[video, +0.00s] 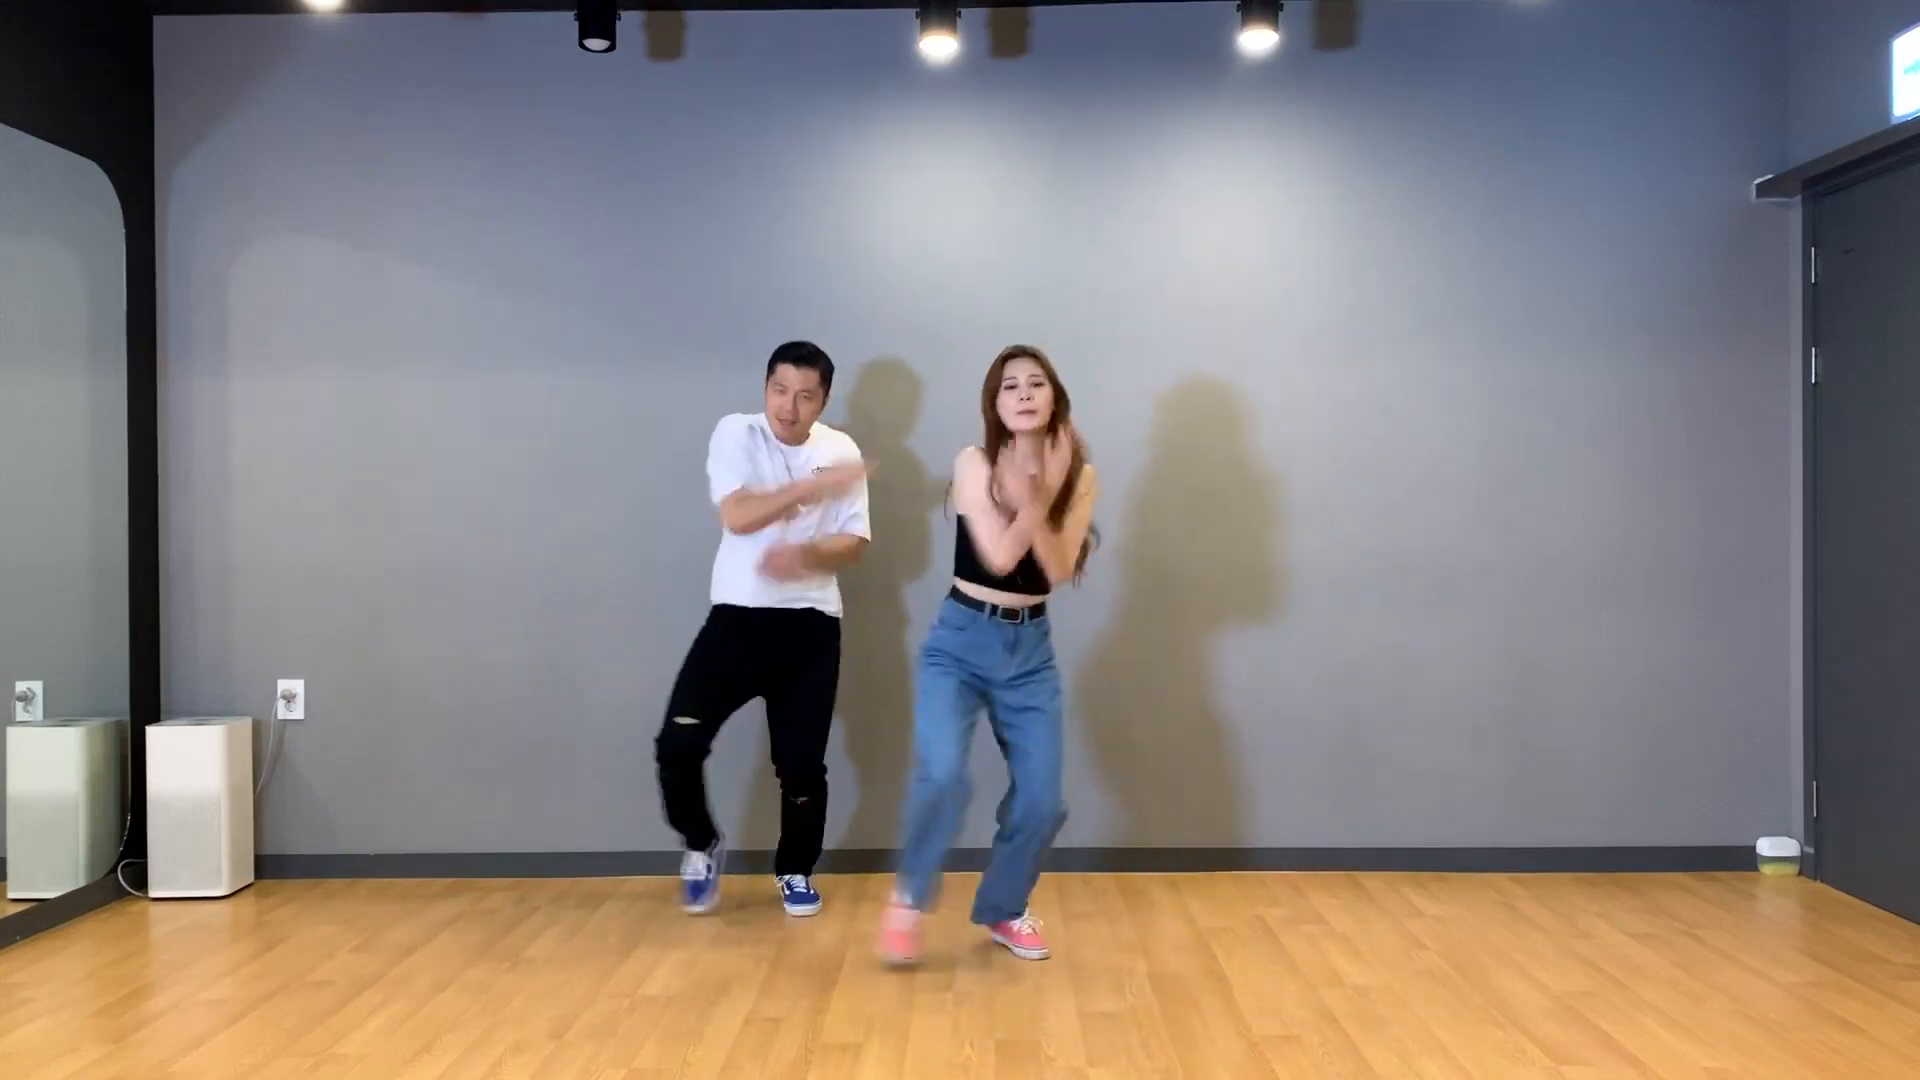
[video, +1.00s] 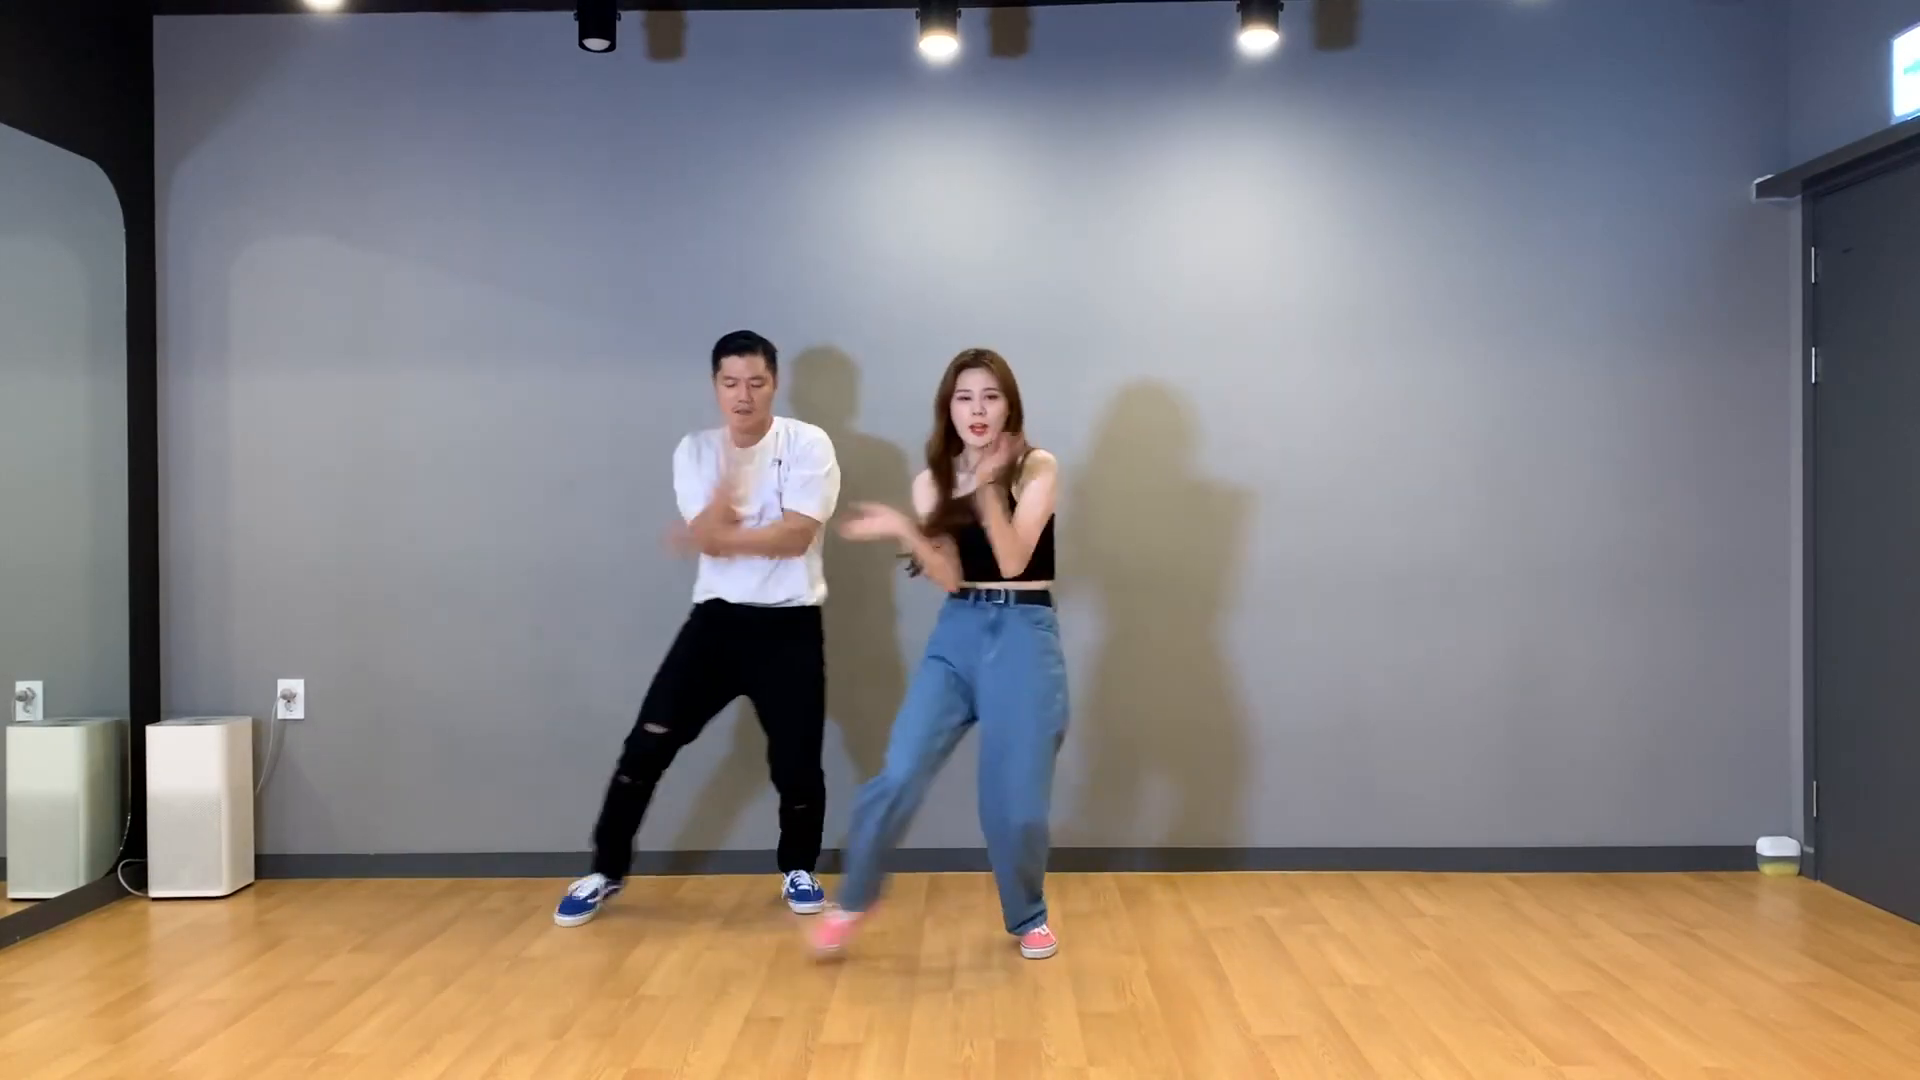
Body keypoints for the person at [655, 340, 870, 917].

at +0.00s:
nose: (789, 406)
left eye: (804, 396)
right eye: (780, 390)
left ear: (823, 399)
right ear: (766, 388)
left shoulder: (842, 452)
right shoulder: (737, 431)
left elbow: (854, 543)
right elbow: (736, 514)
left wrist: (806, 555)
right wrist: (817, 485)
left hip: (809, 626)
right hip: (737, 619)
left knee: (801, 763)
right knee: (677, 744)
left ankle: (796, 872)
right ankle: (702, 847)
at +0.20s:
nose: (772, 349)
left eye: (785, 340)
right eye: (760, 338)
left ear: (801, 355)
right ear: (741, 349)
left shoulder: (817, 431)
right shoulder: (689, 402)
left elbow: (913, 472)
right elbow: (591, 419)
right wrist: (504, 429)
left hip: (778, 607)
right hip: (699, 604)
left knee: (800, 745)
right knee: (646, 737)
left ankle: (787, 877)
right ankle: (592, 870)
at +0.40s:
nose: (733, 336)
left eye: (745, 326)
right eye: (721, 326)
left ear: (762, 340)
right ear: (700, 341)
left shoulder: (787, 397)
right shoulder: (655, 380)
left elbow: (859, 358)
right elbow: (573, 314)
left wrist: (922, 316)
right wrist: (505, 265)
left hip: (753, 599)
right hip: (675, 599)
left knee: (787, 734)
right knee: (632, 734)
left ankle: (766, 875)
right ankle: (586, 871)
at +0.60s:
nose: (714, 361)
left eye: (724, 350)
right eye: (702, 352)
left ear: (741, 359)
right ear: (682, 362)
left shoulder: (761, 410)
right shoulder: (660, 406)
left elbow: (811, 334)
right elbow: (624, 338)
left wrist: (796, 250)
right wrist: (627, 245)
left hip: (738, 610)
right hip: (656, 609)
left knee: (799, 747)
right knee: (609, 748)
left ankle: (821, 874)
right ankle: (575, 879)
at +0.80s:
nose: (715, 390)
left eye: (726, 377)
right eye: (702, 379)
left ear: (747, 378)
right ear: (687, 385)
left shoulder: (778, 427)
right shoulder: (677, 435)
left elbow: (774, 467)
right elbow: (660, 480)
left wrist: (767, 389)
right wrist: (641, 398)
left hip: (738, 622)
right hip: (662, 614)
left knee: (760, 764)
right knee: (613, 745)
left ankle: (813, 867)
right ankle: (581, 878)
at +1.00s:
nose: (743, 394)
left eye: (755, 383)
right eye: (731, 383)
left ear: (774, 386)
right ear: (716, 389)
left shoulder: (809, 445)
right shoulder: (695, 450)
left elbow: (797, 537)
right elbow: (707, 539)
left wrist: (716, 538)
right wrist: (725, 495)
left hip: (790, 626)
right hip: (716, 621)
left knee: (798, 762)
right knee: (648, 744)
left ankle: (799, 873)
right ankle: (608, 872)